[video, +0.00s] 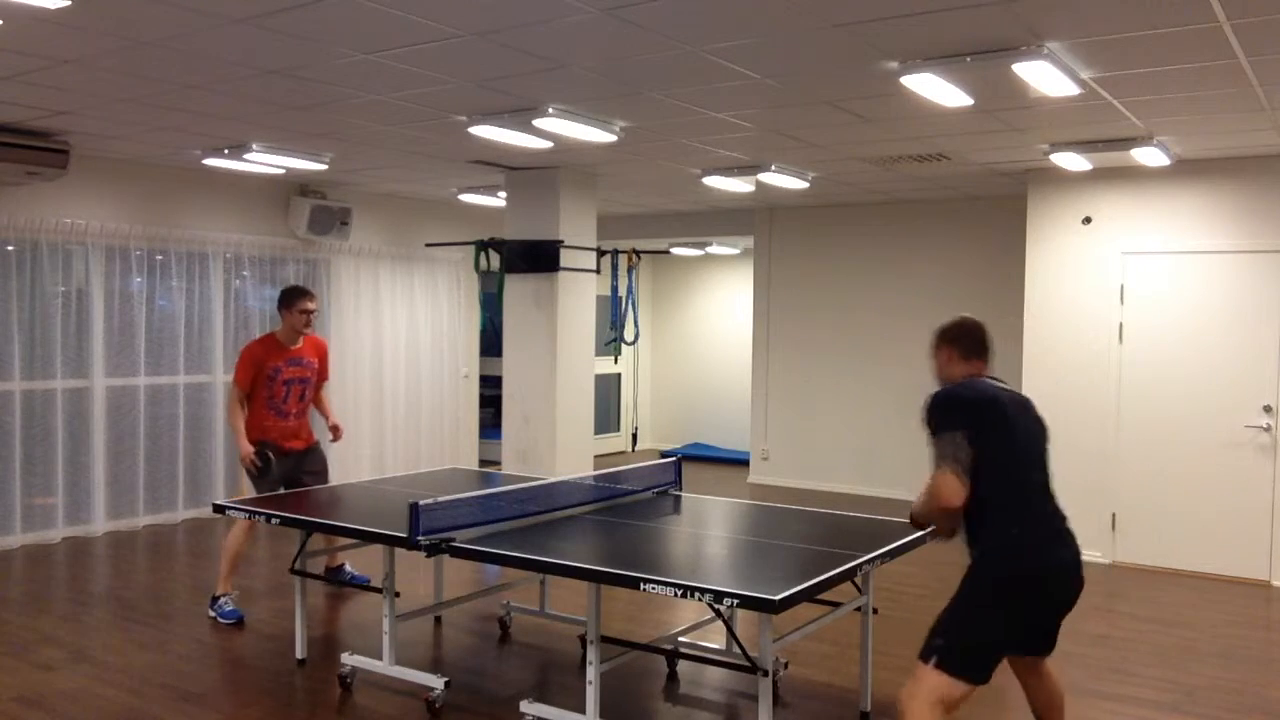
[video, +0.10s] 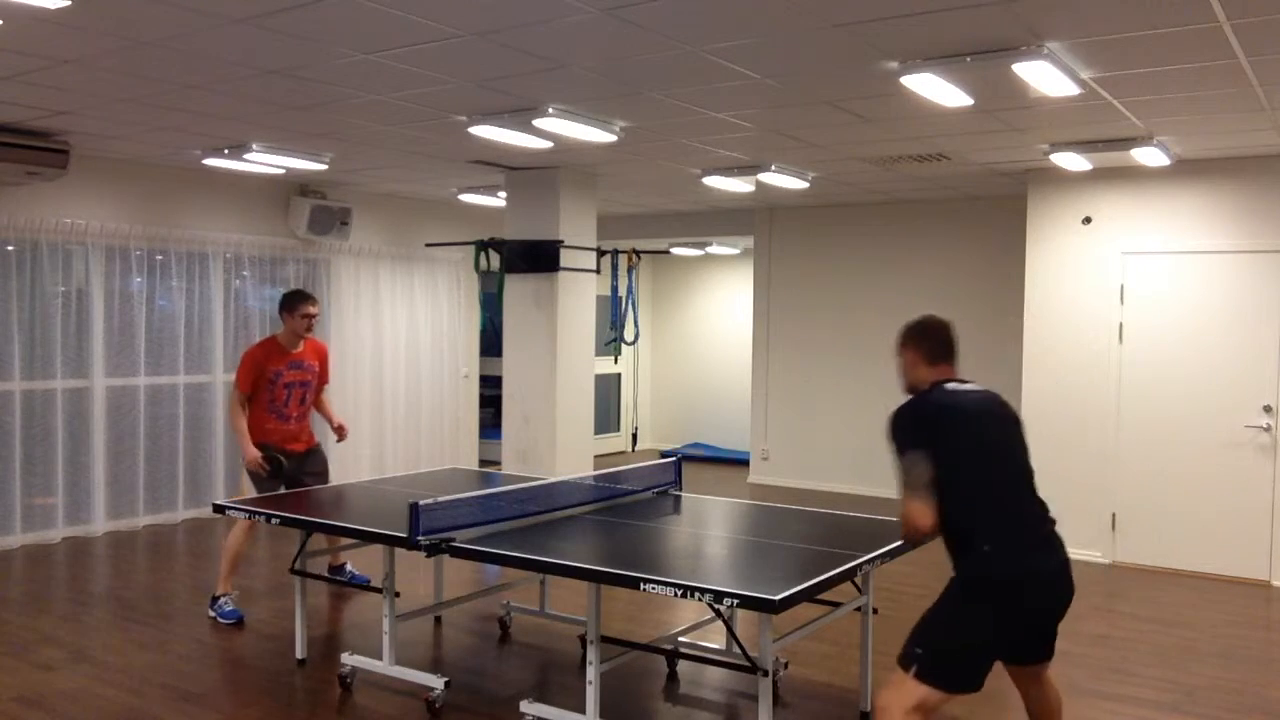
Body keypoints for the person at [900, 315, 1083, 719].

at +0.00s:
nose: (937, 369)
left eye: (938, 359)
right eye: (937, 359)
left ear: (949, 356)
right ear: (983, 357)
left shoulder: (952, 399)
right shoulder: (1021, 404)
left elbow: (950, 495)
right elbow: (1019, 487)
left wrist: (924, 514)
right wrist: (960, 513)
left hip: (1008, 568)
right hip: (1061, 564)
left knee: (923, 699)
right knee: (1029, 661)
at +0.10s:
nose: (901, 369)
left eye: (902, 359)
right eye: (901, 359)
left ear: (914, 357)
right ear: (952, 358)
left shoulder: (914, 415)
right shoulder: (995, 403)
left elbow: (922, 522)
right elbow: (1012, 487)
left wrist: (910, 528)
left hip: (988, 583)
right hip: (1049, 571)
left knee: (898, 702)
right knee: (1032, 675)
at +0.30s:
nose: (877, 368)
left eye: (876, 358)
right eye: (874, 359)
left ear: (889, 358)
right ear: (931, 352)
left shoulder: (887, 427)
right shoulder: (1000, 398)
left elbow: (898, 541)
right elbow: (1066, 474)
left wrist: (922, 538)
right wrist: (1034, 517)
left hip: (974, 584)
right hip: (1044, 575)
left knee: (886, 706)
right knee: (1021, 667)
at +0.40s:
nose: (887, 357)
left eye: (887, 347)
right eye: (887, 348)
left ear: (901, 348)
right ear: (943, 345)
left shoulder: (894, 417)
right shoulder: (1005, 393)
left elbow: (902, 531)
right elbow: (1063, 482)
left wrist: (934, 502)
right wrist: (1008, 505)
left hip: (976, 576)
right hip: (1048, 567)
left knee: (905, 701)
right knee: (1027, 666)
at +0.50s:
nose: (899, 356)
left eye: (900, 344)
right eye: (899, 345)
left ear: (915, 346)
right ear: (956, 345)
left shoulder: (906, 410)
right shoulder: (1011, 392)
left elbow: (908, 518)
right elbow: (1052, 490)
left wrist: (949, 482)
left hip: (988, 570)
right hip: (1057, 562)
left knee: (913, 700)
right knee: (1030, 667)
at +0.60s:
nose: (906, 357)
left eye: (907, 347)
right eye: (906, 347)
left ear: (925, 347)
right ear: (963, 346)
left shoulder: (916, 407)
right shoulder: (1013, 393)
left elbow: (918, 518)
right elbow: (1040, 480)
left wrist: (896, 492)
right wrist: (940, 489)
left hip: (999, 566)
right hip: (1065, 556)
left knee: (919, 699)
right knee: (1031, 664)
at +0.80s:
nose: (907, 362)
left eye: (906, 351)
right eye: (907, 351)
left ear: (920, 349)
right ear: (962, 348)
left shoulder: (918, 408)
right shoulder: (1012, 393)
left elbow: (924, 526)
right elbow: (1047, 491)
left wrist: (903, 513)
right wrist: (953, 531)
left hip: (1001, 568)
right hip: (1065, 560)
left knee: (916, 700)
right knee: (1028, 668)